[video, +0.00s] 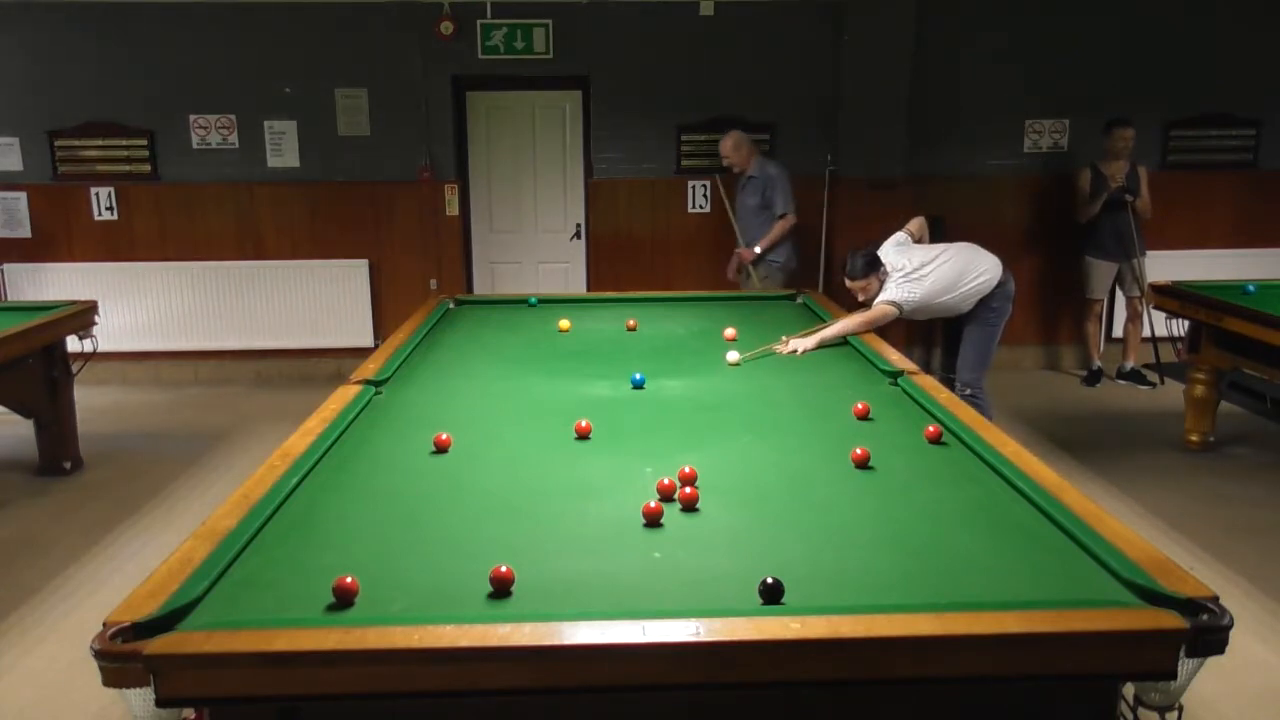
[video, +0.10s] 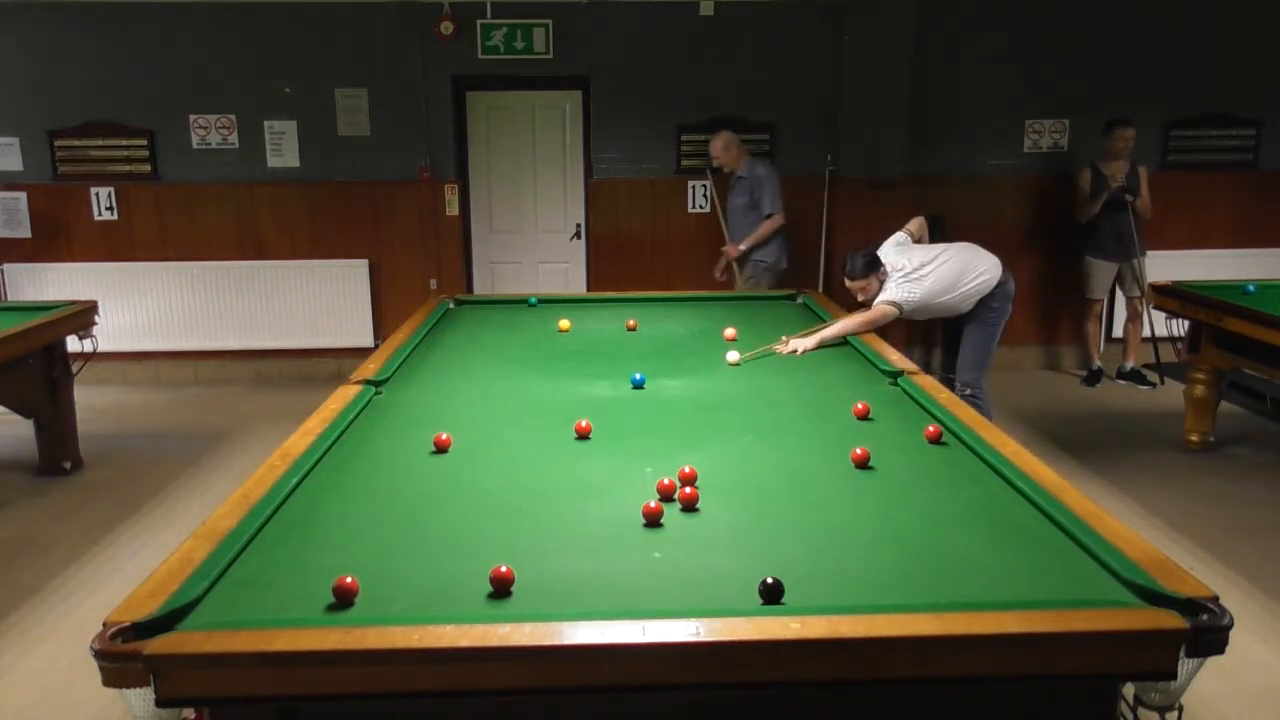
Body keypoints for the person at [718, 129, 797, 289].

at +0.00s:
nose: (725, 163)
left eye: (728, 157)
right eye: (723, 158)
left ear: (744, 151)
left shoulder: (773, 173)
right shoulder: (745, 177)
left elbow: (788, 218)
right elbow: (749, 224)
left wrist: (756, 250)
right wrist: (738, 255)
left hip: (772, 264)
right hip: (751, 262)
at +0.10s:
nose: (715, 164)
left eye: (718, 158)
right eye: (713, 159)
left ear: (733, 151)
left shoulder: (761, 172)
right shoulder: (739, 177)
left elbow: (777, 218)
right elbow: (742, 226)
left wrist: (741, 247)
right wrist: (725, 258)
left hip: (763, 261)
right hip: (747, 260)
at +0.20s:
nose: (705, 166)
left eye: (707, 160)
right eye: (703, 161)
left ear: (723, 152)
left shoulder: (750, 174)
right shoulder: (727, 178)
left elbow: (765, 219)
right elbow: (732, 225)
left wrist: (727, 246)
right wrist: (718, 259)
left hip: (750, 263)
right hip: (732, 261)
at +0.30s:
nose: (694, 168)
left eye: (696, 162)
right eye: (692, 163)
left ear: (712, 154)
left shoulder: (738, 175)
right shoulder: (716, 179)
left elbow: (752, 221)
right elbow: (715, 229)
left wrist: (713, 247)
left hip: (739, 265)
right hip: (722, 262)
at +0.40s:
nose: (679, 169)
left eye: (682, 163)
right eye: (678, 164)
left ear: (697, 156)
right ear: (695, 157)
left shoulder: (724, 177)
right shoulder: (702, 180)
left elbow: (738, 224)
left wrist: (699, 248)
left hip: (727, 266)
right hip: (712, 263)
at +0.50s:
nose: (666, 169)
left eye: (668, 162)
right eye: (664, 163)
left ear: (683, 155)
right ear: (682, 156)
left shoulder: (708, 176)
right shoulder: (692, 177)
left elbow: (722, 224)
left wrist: (685, 248)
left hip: (712, 264)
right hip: (700, 262)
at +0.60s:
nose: (653, 167)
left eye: (655, 160)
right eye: (651, 162)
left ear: (669, 152)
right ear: (669, 153)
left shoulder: (695, 175)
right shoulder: (681, 176)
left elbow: (707, 224)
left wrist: (670, 247)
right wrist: (667, 247)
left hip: (697, 265)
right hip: (686, 262)